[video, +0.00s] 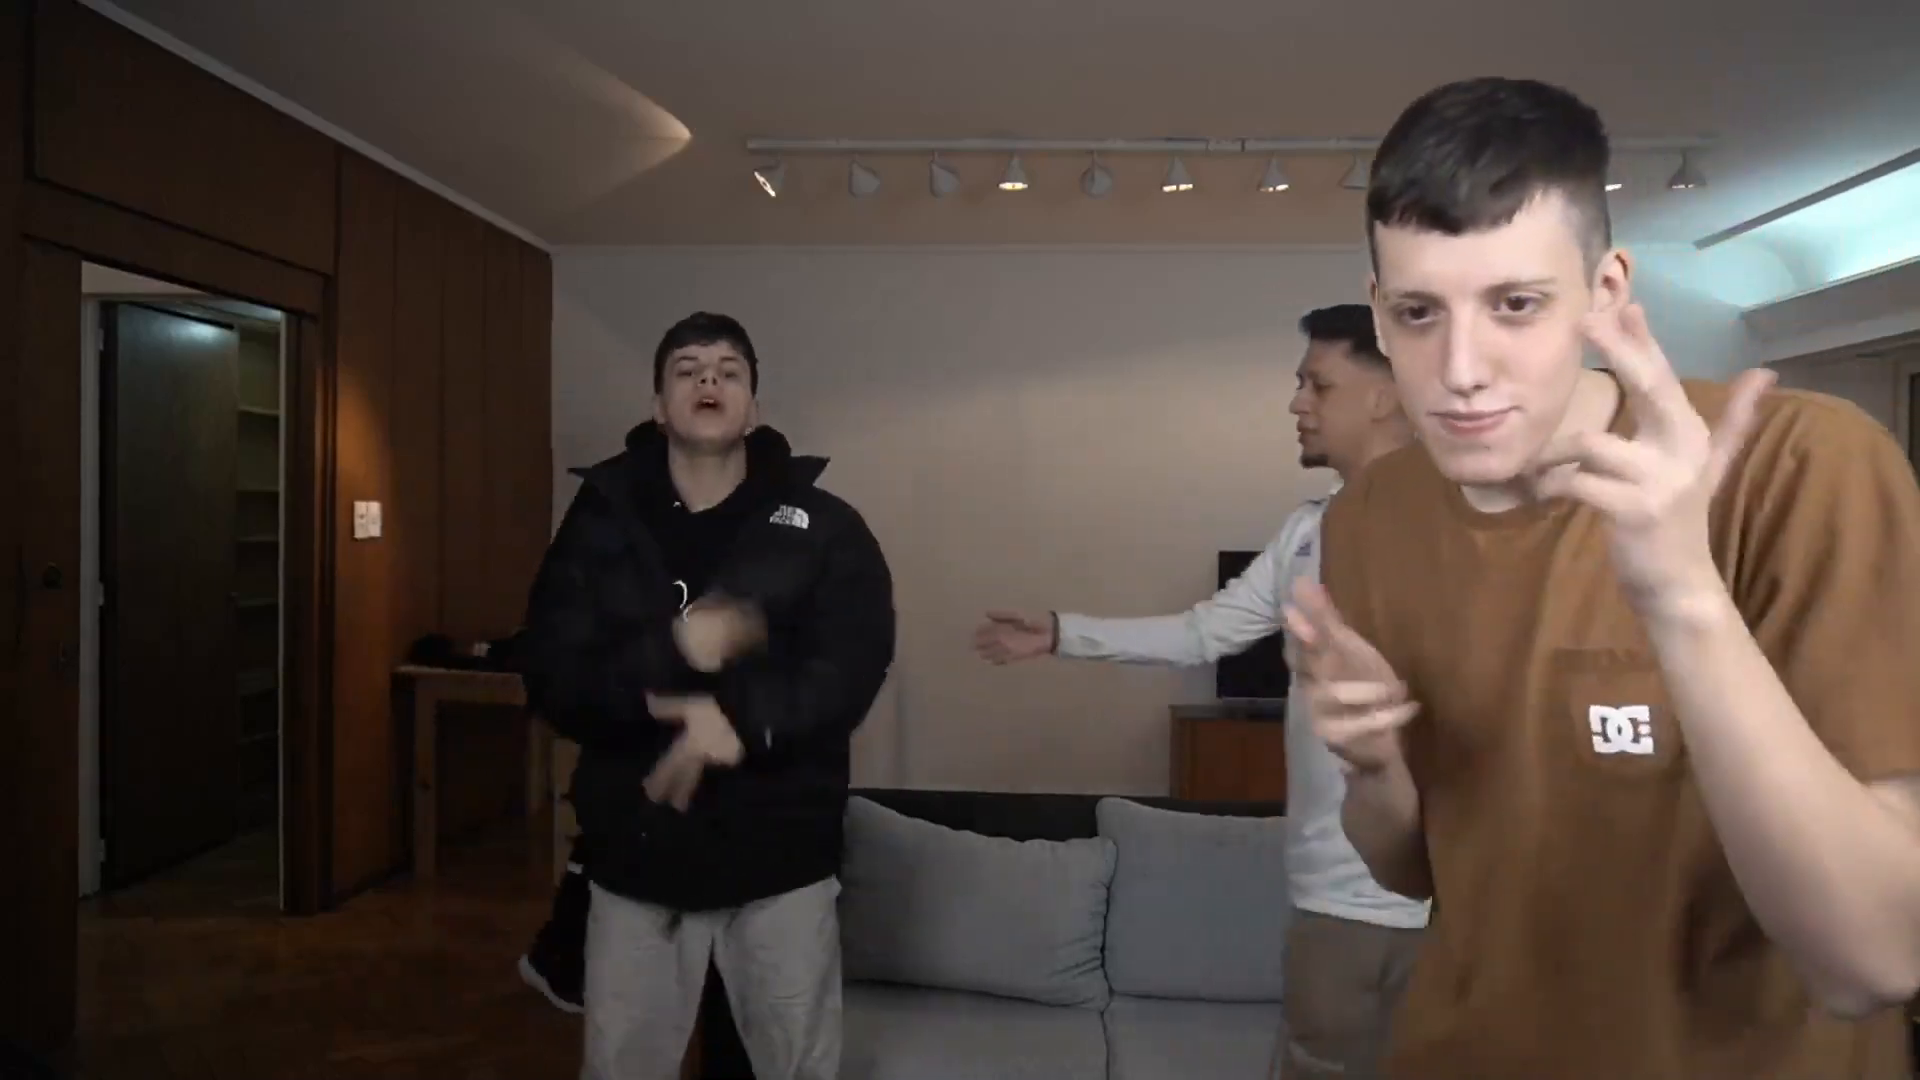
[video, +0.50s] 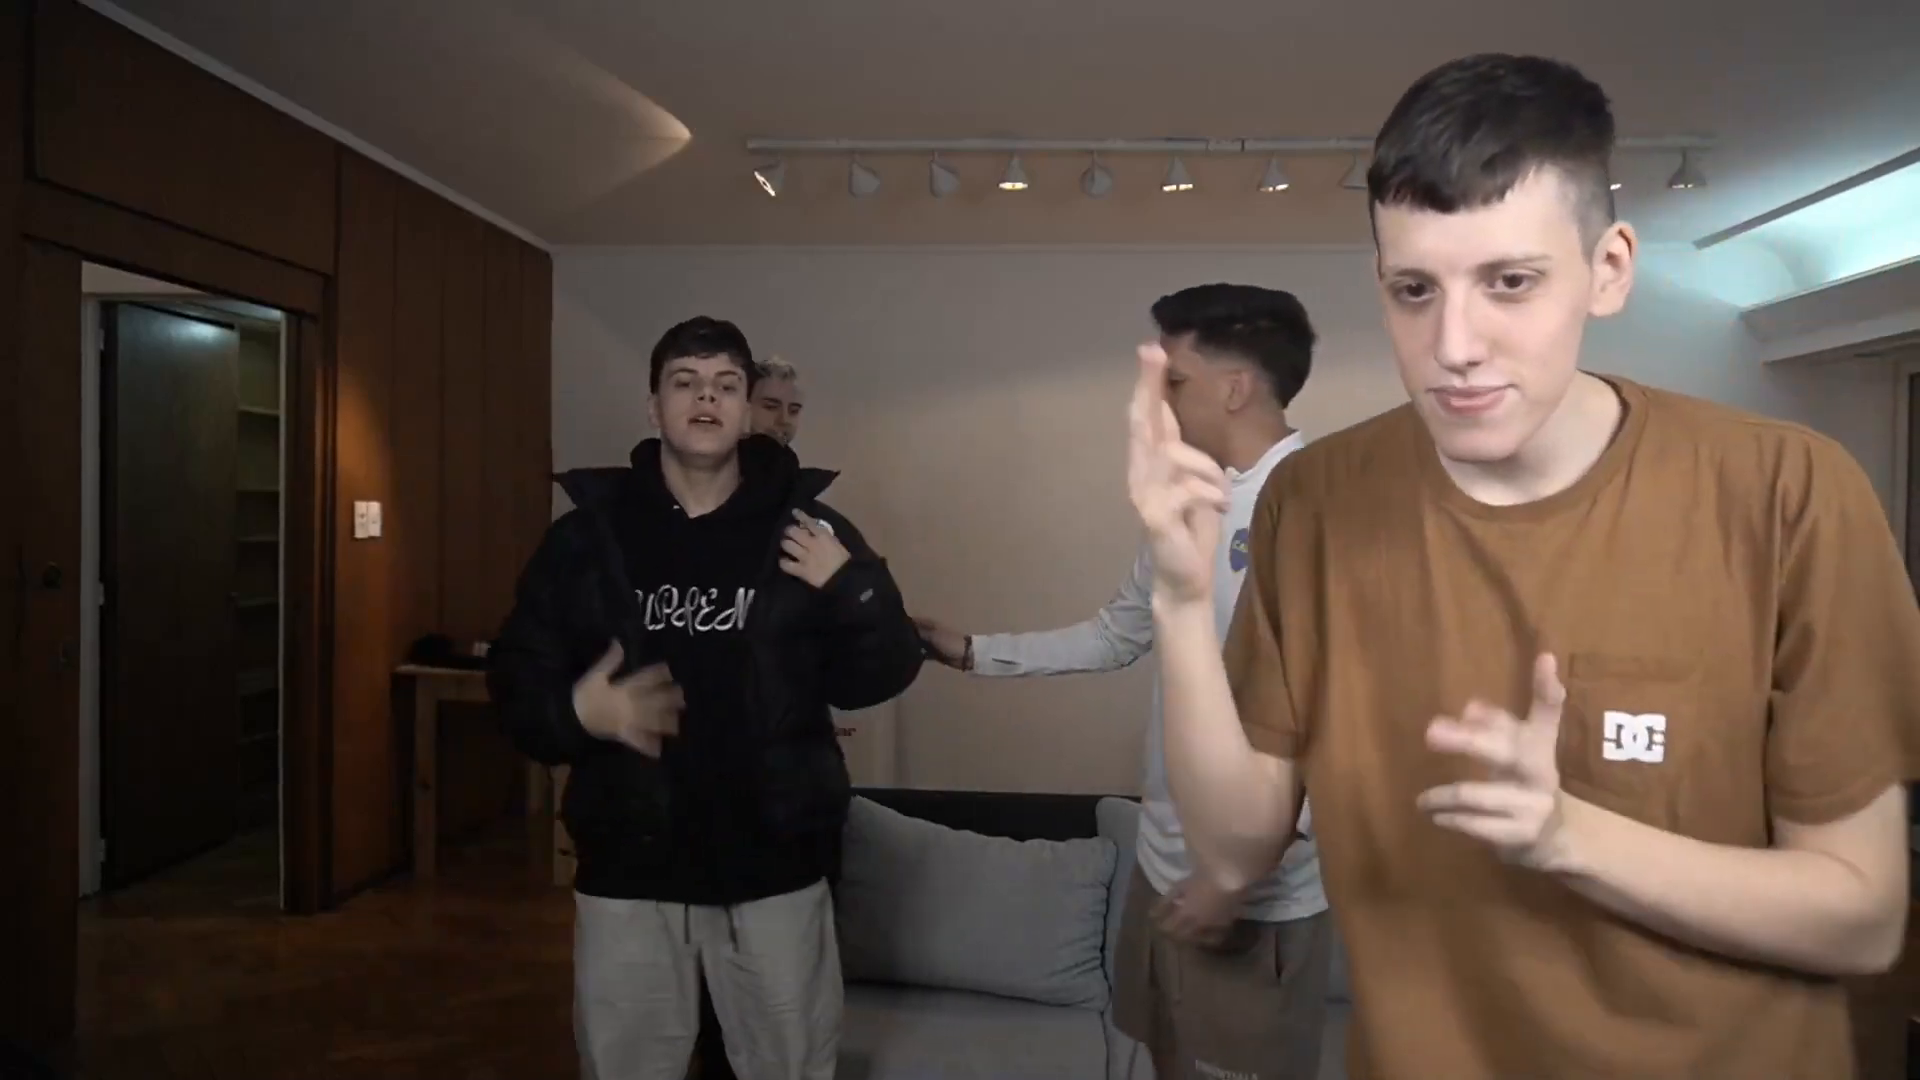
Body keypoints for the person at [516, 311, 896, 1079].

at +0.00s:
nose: (709, 382)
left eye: (729, 372)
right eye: (687, 372)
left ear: (755, 404)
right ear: (659, 403)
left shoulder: (822, 524)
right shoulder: (603, 515)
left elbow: (851, 667)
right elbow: (552, 676)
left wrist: (734, 722)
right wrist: (675, 648)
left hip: (780, 857)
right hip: (636, 858)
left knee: (797, 1066)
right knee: (621, 1066)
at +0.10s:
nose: (719, 396)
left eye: (739, 383)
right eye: (697, 383)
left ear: (764, 414)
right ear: (669, 412)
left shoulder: (836, 543)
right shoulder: (615, 530)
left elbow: (868, 705)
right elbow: (565, 691)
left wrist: (749, 771)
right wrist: (684, 743)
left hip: (799, 872)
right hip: (650, 871)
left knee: (814, 1070)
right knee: (583, 1064)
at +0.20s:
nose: (731, 409)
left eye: (751, 395)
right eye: (709, 394)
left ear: (775, 421)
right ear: (679, 419)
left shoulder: (848, 554)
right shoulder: (623, 544)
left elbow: (894, 703)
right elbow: (567, 696)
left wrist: (824, 800)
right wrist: (626, 807)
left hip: (814, 895)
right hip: (660, 891)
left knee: (821, 1073)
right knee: (592, 1069)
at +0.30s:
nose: (730, 399)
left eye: (750, 385)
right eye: (708, 384)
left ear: (775, 415)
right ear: (679, 409)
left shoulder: (848, 539)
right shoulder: (616, 545)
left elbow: (910, 695)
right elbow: (563, 701)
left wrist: (854, 734)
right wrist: (615, 802)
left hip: (815, 881)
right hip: (666, 886)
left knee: (815, 1072)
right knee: (628, 1071)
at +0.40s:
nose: (719, 397)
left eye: (740, 383)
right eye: (698, 383)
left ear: (771, 411)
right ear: (670, 410)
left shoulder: (832, 532)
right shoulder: (606, 538)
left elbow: (909, 673)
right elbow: (547, 686)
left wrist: (850, 633)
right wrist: (595, 759)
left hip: (800, 872)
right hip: (652, 875)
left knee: (805, 1070)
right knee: (623, 1070)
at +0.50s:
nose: (706, 398)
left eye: (727, 384)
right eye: (684, 382)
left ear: (751, 410)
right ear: (655, 407)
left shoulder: (807, 530)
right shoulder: (593, 529)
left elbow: (880, 674)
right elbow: (514, 685)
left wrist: (852, 585)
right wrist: (583, 709)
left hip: (774, 866)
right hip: (629, 869)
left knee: (790, 1068)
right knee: (627, 1068)